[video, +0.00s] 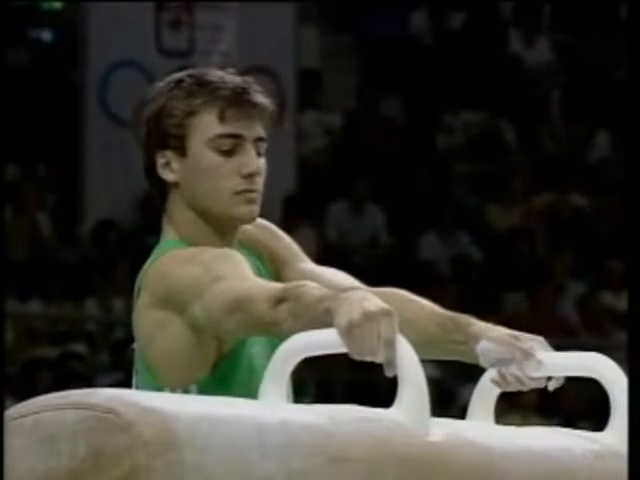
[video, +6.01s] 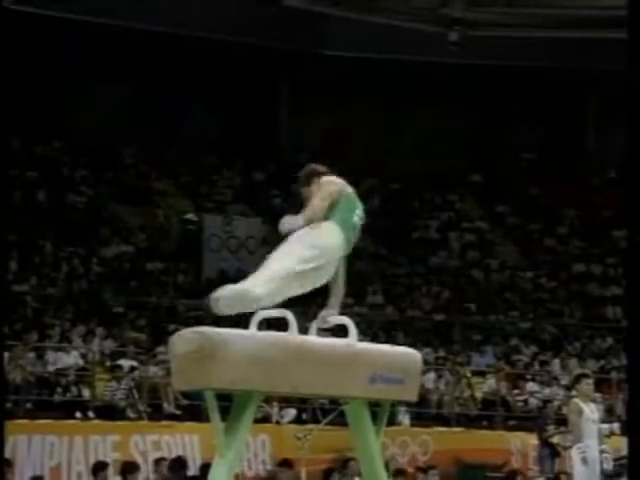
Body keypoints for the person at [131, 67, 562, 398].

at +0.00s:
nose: (254, 168)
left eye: (258, 149)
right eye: (227, 150)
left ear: (266, 154)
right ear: (169, 166)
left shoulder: (257, 241)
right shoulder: (183, 271)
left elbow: (359, 296)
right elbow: (271, 306)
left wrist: (479, 339)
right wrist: (343, 303)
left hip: (246, 467)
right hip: (186, 471)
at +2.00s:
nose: (250, 187)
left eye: (258, 166)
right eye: (227, 166)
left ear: (267, 164)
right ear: (167, 170)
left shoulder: (251, 238)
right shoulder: (177, 271)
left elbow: (355, 294)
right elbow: (270, 307)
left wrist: (480, 338)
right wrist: (341, 304)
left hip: (240, 466)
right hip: (181, 470)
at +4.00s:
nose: (360, 191)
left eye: (363, 186)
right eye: (362, 184)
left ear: (332, 163)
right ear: (355, 172)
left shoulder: (293, 173)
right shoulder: (350, 186)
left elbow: (253, 250)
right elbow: (318, 246)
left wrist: (262, 311)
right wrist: (297, 309)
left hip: (228, 210)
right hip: (263, 216)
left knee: (169, 283)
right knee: (202, 294)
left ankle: (109, 369)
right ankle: (122, 373)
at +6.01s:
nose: (310, 199)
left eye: (309, 194)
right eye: (307, 197)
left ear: (315, 181)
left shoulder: (331, 182)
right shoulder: (353, 213)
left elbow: (317, 210)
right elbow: (339, 267)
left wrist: (297, 221)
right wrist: (333, 308)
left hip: (325, 236)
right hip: (333, 262)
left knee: (283, 264)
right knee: (286, 288)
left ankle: (247, 291)